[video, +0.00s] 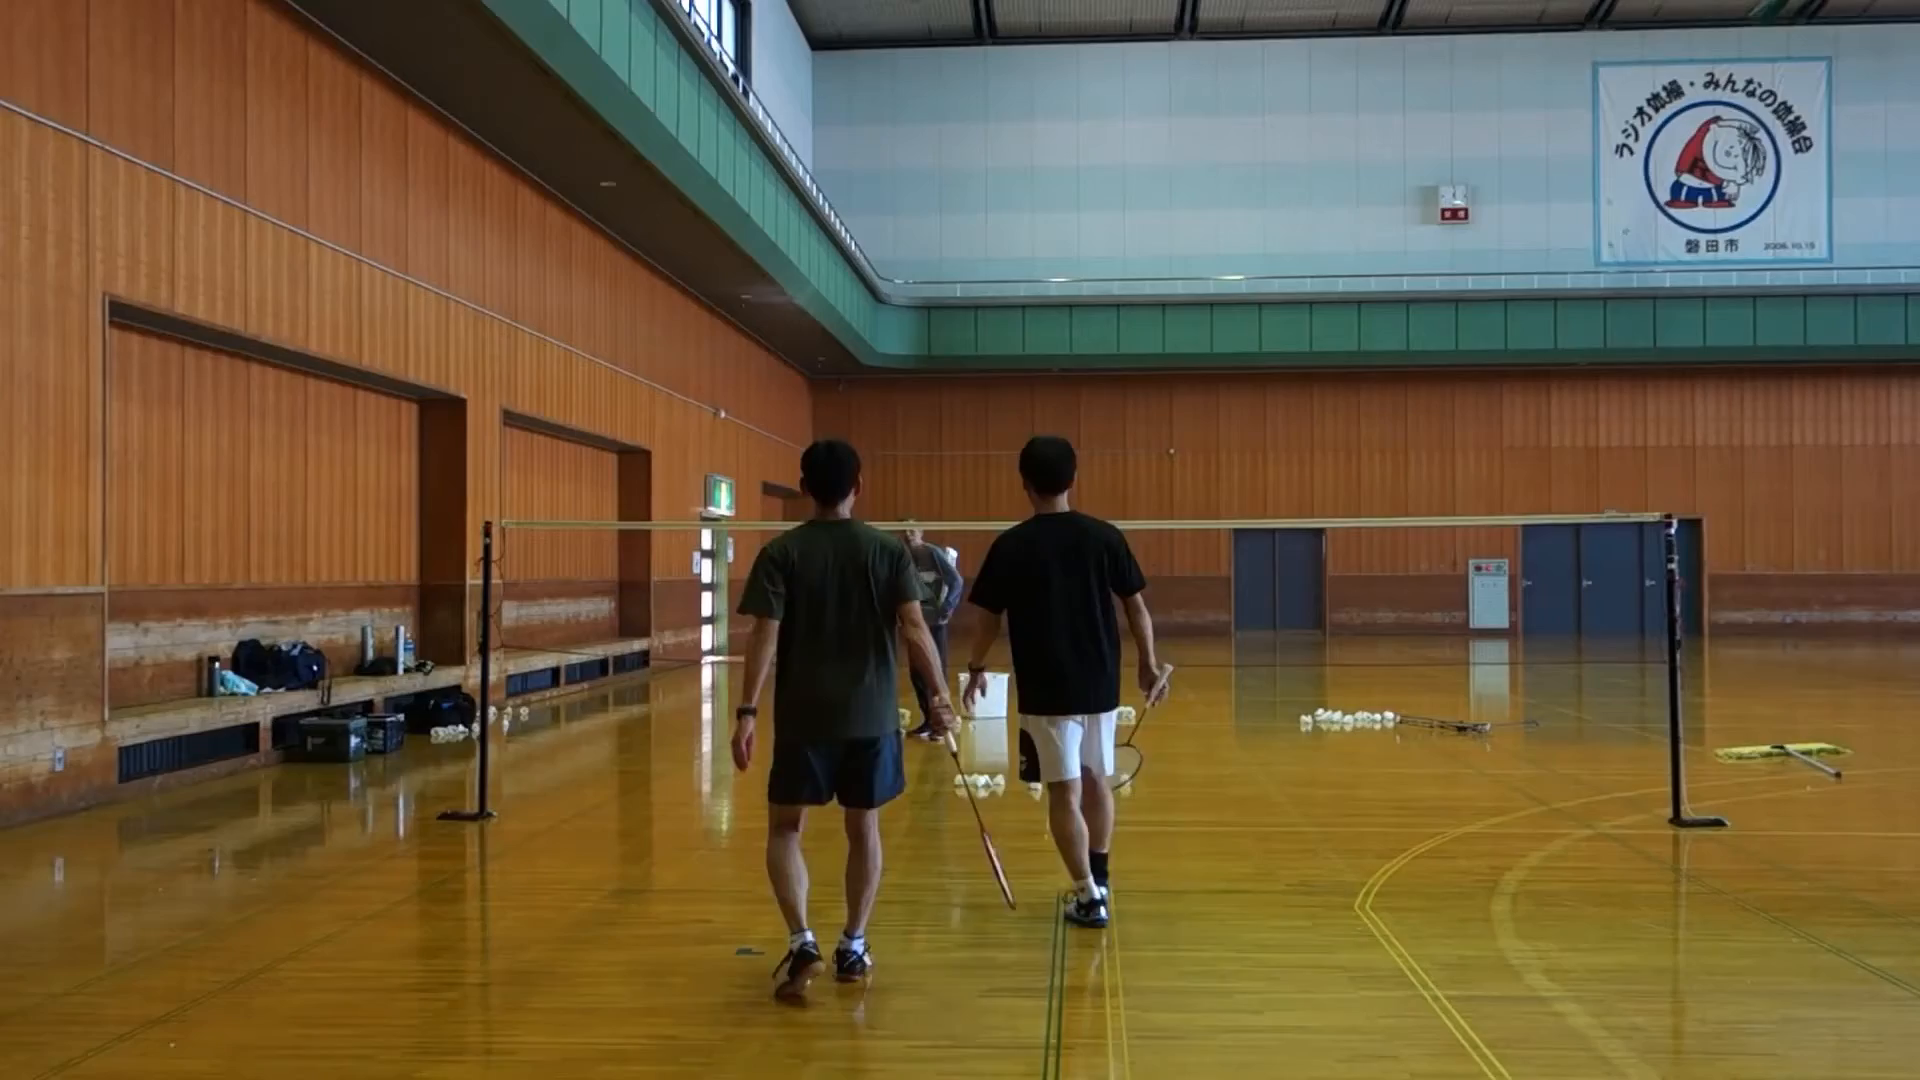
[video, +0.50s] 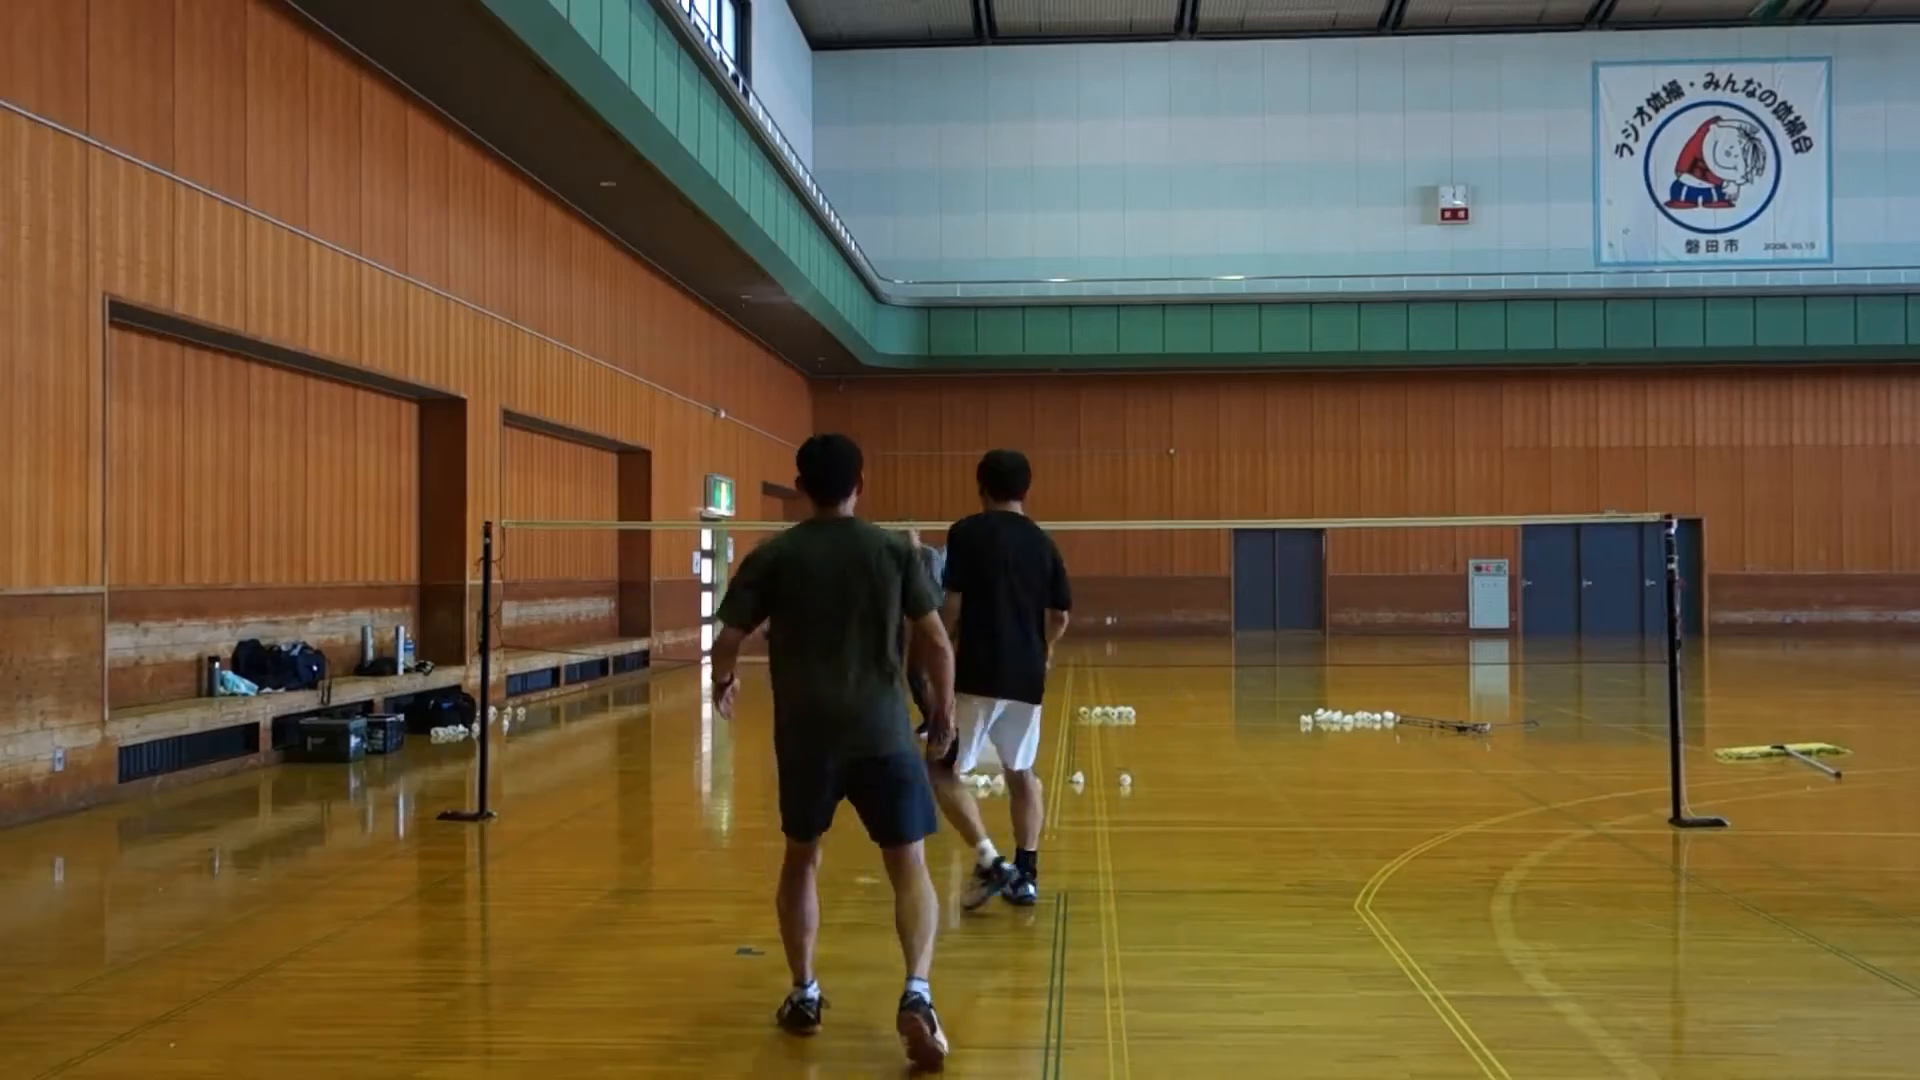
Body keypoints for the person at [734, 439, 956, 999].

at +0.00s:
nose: (861, 490)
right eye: (861, 482)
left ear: (805, 488)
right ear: (857, 487)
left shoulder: (782, 552)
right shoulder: (887, 550)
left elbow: (764, 640)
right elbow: (915, 629)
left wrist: (746, 711)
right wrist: (937, 696)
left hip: (803, 719)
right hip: (871, 719)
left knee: (785, 828)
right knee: (863, 825)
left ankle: (802, 936)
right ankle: (855, 943)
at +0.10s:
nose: (852, 496)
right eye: (855, 488)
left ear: (799, 494)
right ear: (853, 494)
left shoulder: (774, 563)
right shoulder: (883, 558)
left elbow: (754, 654)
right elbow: (911, 628)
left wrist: (740, 727)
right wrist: (936, 696)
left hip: (800, 730)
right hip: (869, 727)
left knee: (789, 848)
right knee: (862, 831)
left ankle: (800, 968)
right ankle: (854, 944)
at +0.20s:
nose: (847, 499)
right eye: (848, 491)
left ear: (792, 500)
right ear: (845, 498)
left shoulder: (768, 568)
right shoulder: (878, 560)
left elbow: (738, 652)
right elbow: (909, 630)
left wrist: (732, 711)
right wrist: (936, 698)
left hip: (799, 729)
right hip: (867, 728)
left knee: (789, 858)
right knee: (865, 839)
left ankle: (802, 985)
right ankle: (855, 945)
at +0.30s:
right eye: (847, 480)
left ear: (790, 488)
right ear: (845, 486)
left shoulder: (767, 554)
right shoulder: (879, 546)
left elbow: (731, 634)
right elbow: (915, 625)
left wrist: (723, 680)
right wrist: (937, 706)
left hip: (800, 725)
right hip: (869, 722)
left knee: (795, 854)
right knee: (872, 842)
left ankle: (803, 988)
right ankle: (864, 967)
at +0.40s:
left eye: (803, 475)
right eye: (850, 476)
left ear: (794, 480)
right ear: (851, 481)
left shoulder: (768, 548)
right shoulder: (887, 542)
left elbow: (726, 631)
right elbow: (922, 626)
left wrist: (719, 670)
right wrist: (939, 707)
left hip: (803, 726)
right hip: (877, 722)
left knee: (799, 853)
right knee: (890, 848)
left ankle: (804, 990)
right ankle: (889, 984)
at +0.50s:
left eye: (805, 482)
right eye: (856, 482)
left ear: (800, 487)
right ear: (859, 487)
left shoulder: (774, 554)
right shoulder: (895, 550)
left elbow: (727, 641)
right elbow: (935, 639)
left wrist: (723, 677)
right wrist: (944, 712)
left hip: (805, 740)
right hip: (882, 735)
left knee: (801, 858)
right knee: (910, 867)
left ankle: (804, 992)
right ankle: (917, 990)